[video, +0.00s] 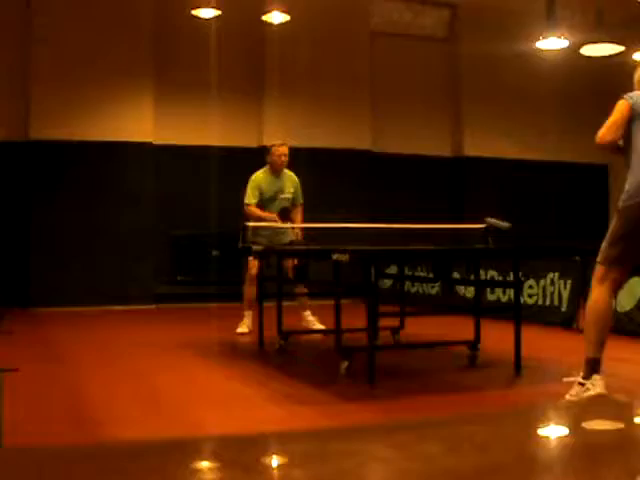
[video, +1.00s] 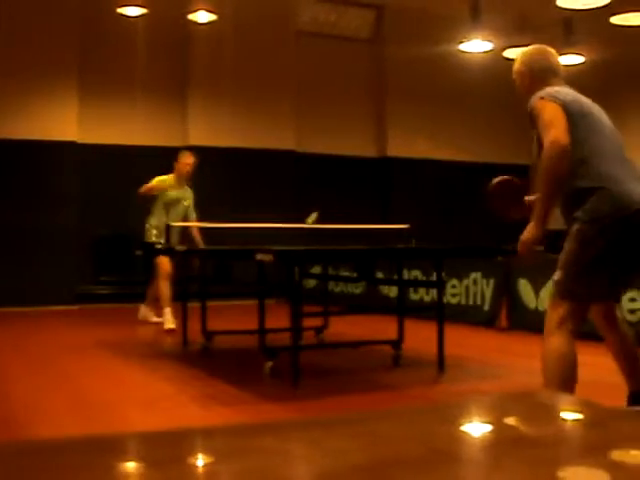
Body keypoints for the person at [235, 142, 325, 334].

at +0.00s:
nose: (283, 159)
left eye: (285, 156)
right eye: (279, 156)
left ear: (287, 158)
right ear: (269, 157)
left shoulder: (292, 179)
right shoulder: (257, 178)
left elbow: (297, 206)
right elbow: (249, 207)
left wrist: (297, 228)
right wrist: (268, 216)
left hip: (284, 233)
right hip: (260, 234)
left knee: (294, 270)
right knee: (253, 272)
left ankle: (307, 314)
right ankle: (247, 316)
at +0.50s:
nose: (281, 170)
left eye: (283, 167)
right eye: (278, 165)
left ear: (284, 168)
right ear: (269, 163)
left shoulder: (276, 185)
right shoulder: (253, 178)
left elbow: (277, 216)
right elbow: (250, 206)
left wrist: (288, 234)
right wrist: (258, 225)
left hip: (266, 235)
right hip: (245, 235)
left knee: (281, 269)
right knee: (247, 271)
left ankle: (295, 312)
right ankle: (245, 316)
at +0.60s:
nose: (273, 171)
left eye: (276, 168)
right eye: (272, 166)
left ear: (276, 167)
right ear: (263, 160)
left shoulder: (267, 183)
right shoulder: (246, 174)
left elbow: (265, 207)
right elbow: (254, 195)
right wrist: (271, 214)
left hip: (260, 234)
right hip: (240, 234)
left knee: (273, 268)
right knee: (243, 272)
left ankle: (277, 313)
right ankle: (241, 316)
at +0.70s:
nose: (249, 166)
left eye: (251, 163)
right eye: (248, 160)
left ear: (249, 165)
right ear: (240, 156)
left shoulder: (241, 183)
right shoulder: (220, 174)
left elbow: (233, 217)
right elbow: (217, 169)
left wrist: (237, 240)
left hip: (230, 231)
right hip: (212, 230)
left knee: (240, 269)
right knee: (218, 271)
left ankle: (231, 308)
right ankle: (219, 313)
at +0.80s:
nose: (216, 162)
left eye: (219, 159)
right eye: (214, 157)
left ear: (220, 163)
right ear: (204, 157)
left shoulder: (213, 184)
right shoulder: (191, 171)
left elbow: (208, 212)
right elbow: (174, 160)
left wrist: (208, 232)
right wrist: (194, 149)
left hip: (202, 230)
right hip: (184, 227)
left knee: (197, 272)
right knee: (191, 271)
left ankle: (179, 301)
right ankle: (192, 313)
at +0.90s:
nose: (194, 169)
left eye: (197, 166)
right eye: (192, 164)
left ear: (199, 170)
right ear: (184, 163)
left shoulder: (193, 190)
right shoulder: (169, 178)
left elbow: (193, 219)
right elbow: (150, 177)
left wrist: (197, 242)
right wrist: (171, 162)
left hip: (181, 236)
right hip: (163, 233)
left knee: (170, 272)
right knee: (171, 270)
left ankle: (154, 305)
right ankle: (174, 313)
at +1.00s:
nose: (188, 169)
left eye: (191, 165)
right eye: (185, 164)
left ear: (193, 168)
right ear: (176, 164)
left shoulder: (187, 192)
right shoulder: (163, 182)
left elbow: (192, 222)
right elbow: (143, 191)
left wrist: (200, 243)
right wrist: (163, 185)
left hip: (173, 236)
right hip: (156, 233)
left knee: (162, 273)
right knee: (165, 269)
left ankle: (147, 307)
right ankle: (167, 313)